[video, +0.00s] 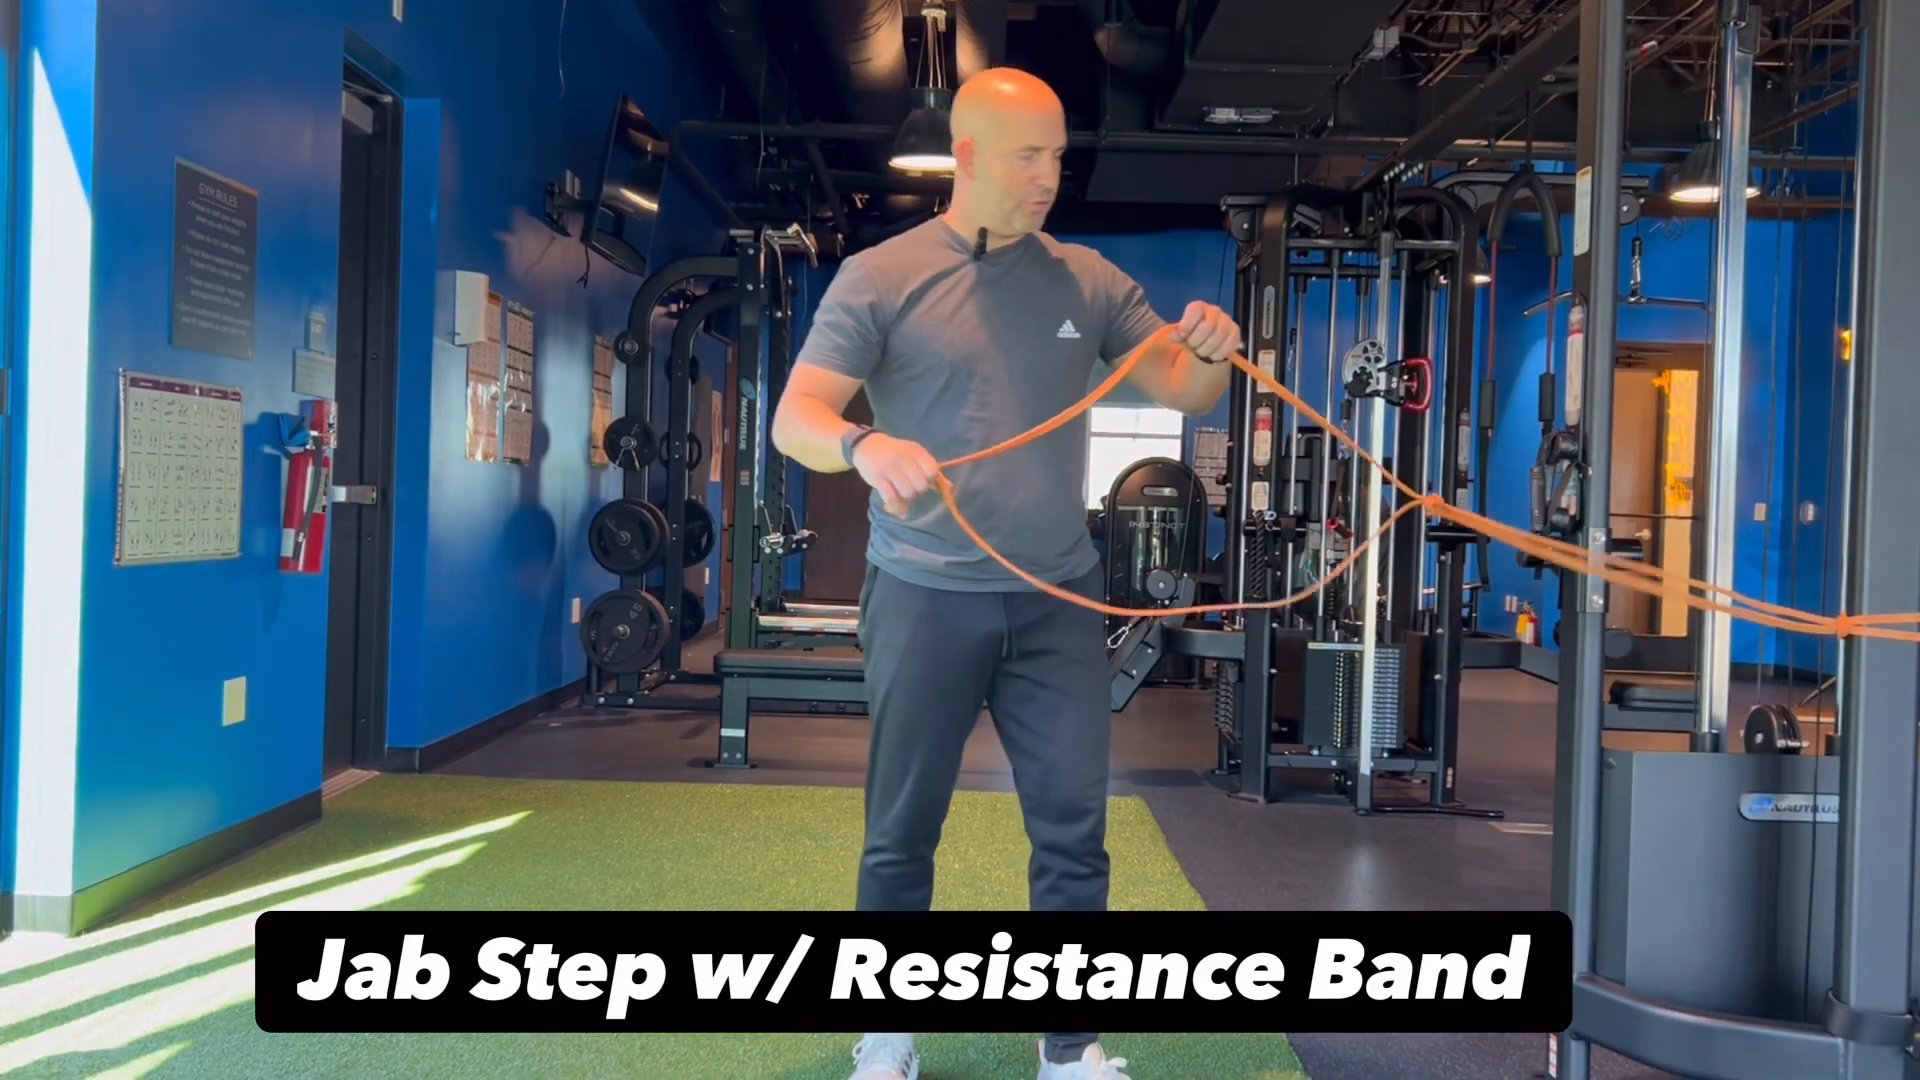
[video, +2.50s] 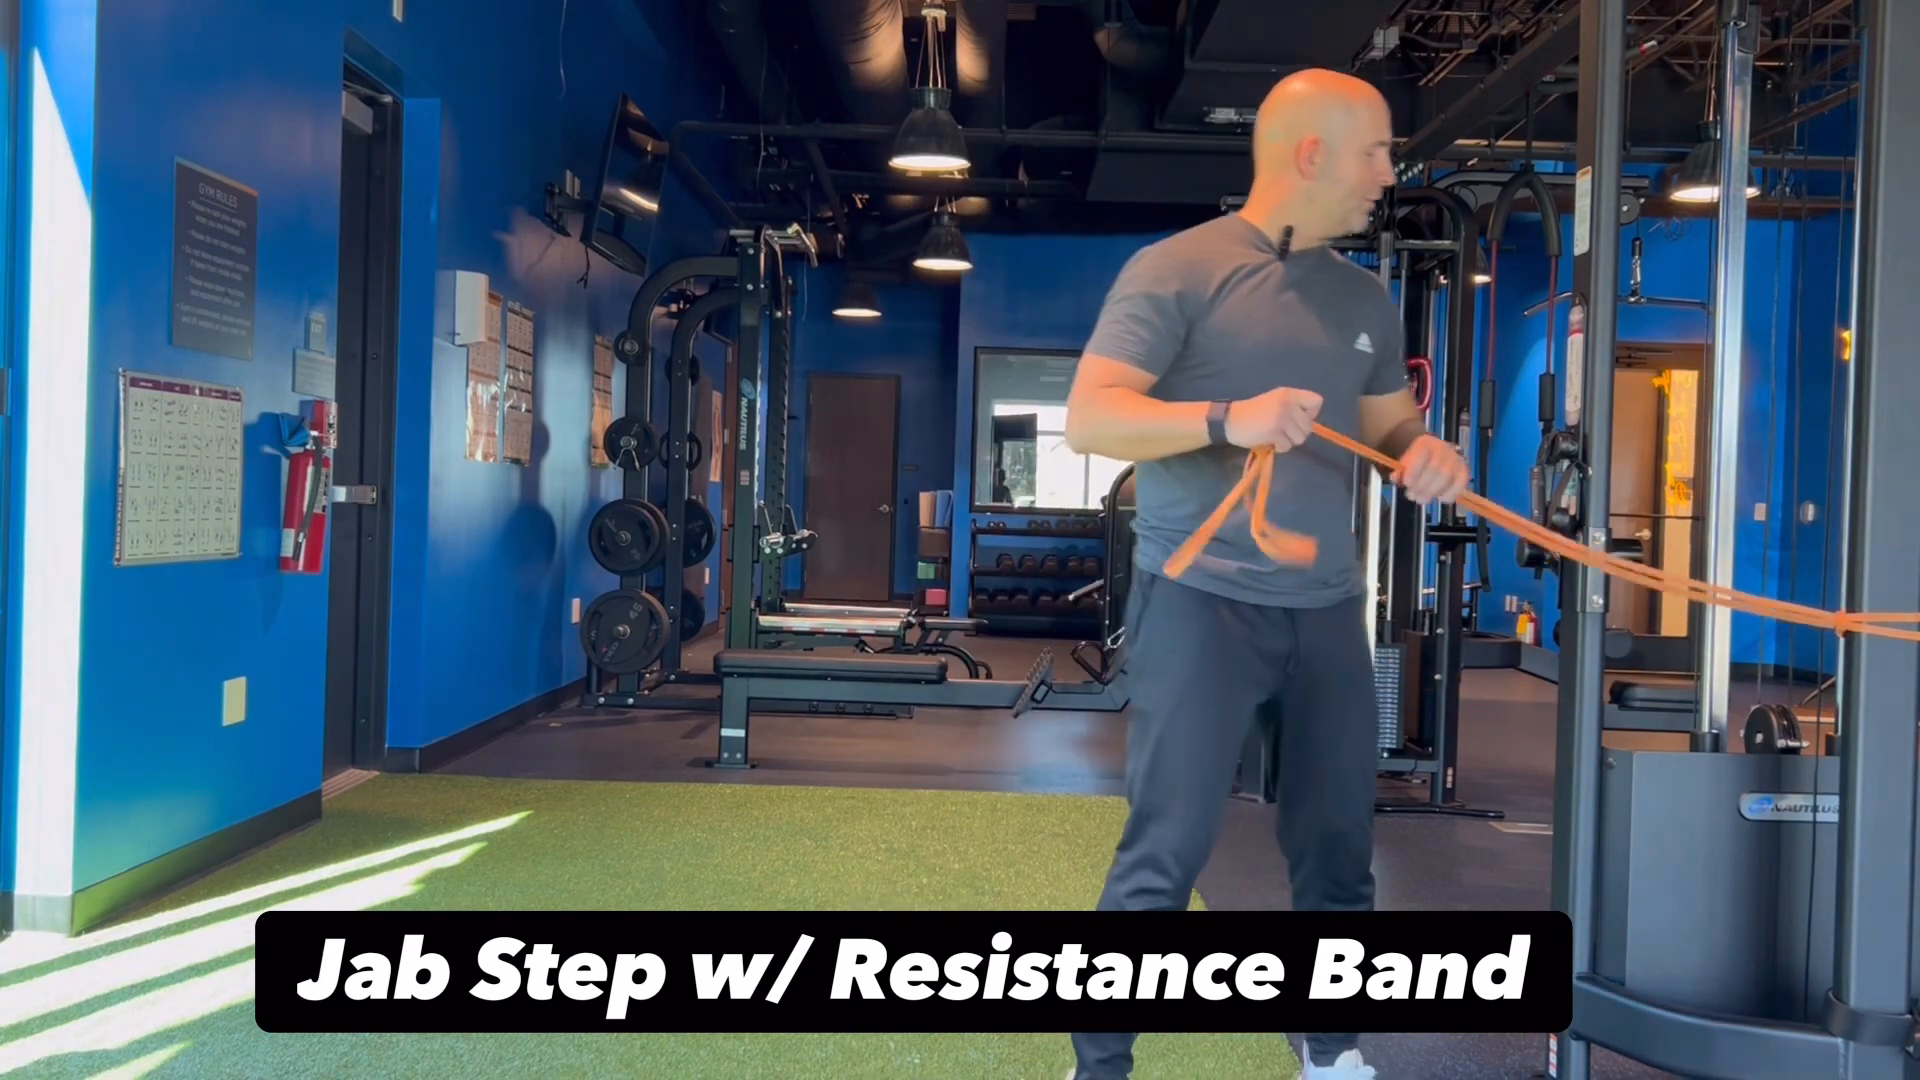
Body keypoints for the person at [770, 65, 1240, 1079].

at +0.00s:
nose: (1053, 177)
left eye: (1059, 158)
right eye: (1033, 157)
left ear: (1055, 161)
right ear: (968, 159)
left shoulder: (1088, 279)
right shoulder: (879, 277)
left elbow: (1189, 392)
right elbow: (796, 419)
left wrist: (1213, 350)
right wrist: (861, 446)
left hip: (1061, 593)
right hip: (926, 592)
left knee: (1074, 831)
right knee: (901, 836)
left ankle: (1071, 1044)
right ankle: (883, 1035)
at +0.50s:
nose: (1161, 178)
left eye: (1167, 159)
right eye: (1149, 155)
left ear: (1101, 154)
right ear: (1079, 144)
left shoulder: (1154, 292)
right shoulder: (950, 256)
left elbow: (1218, 422)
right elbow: (860, 408)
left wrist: (1285, 486)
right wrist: (916, 347)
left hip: (1106, 593)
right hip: (979, 578)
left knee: (1096, 834)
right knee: (960, 798)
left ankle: (1073, 1047)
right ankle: (856, 1006)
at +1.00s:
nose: (1079, 134)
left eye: (1077, 115)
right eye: (1059, 114)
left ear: (1025, 130)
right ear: (986, 126)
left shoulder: (1073, 276)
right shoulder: (879, 256)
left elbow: (1147, 408)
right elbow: (820, 424)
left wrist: (1257, 488)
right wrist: (905, 387)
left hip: (1052, 587)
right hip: (927, 585)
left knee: (1084, 830)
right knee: (895, 837)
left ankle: (1071, 1051)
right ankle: (870, 1055)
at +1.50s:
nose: (1122, 118)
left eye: (1128, 104)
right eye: (1095, 101)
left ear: (1132, 134)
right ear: (1037, 127)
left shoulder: (1140, 277)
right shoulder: (981, 252)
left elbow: (1179, 412)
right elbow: (973, 422)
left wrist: (1231, 455)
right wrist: (1135, 471)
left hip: (1110, 592)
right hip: (997, 584)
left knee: (1109, 836)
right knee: (955, 831)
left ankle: (1089, 1051)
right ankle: (877, 1045)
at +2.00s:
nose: (1264, 133)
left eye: (1261, 115)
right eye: (1242, 114)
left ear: (1200, 137)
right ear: (1173, 131)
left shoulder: (1232, 282)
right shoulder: (1100, 246)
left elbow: (1233, 429)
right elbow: (1060, 417)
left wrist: (1296, 451)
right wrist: (1236, 455)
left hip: (1202, 588)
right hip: (1109, 581)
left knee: (1179, 839)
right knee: (1132, 838)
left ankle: (1099, 1042)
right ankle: (1091, 1059)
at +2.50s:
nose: (1389, 175)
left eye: (1389, 154)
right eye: (1374, 152)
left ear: (1316, 159)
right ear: (1304, 155)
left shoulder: (1366, 299)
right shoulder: (1177, 270)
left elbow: (1387, 429)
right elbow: (1090, 417)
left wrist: (1421, 451)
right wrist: (1224, 418)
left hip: (1327, 609)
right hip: (1199, 601)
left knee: (1339, 850)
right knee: (1167, 851)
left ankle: (1329, 1051)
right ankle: (1100, 1059)